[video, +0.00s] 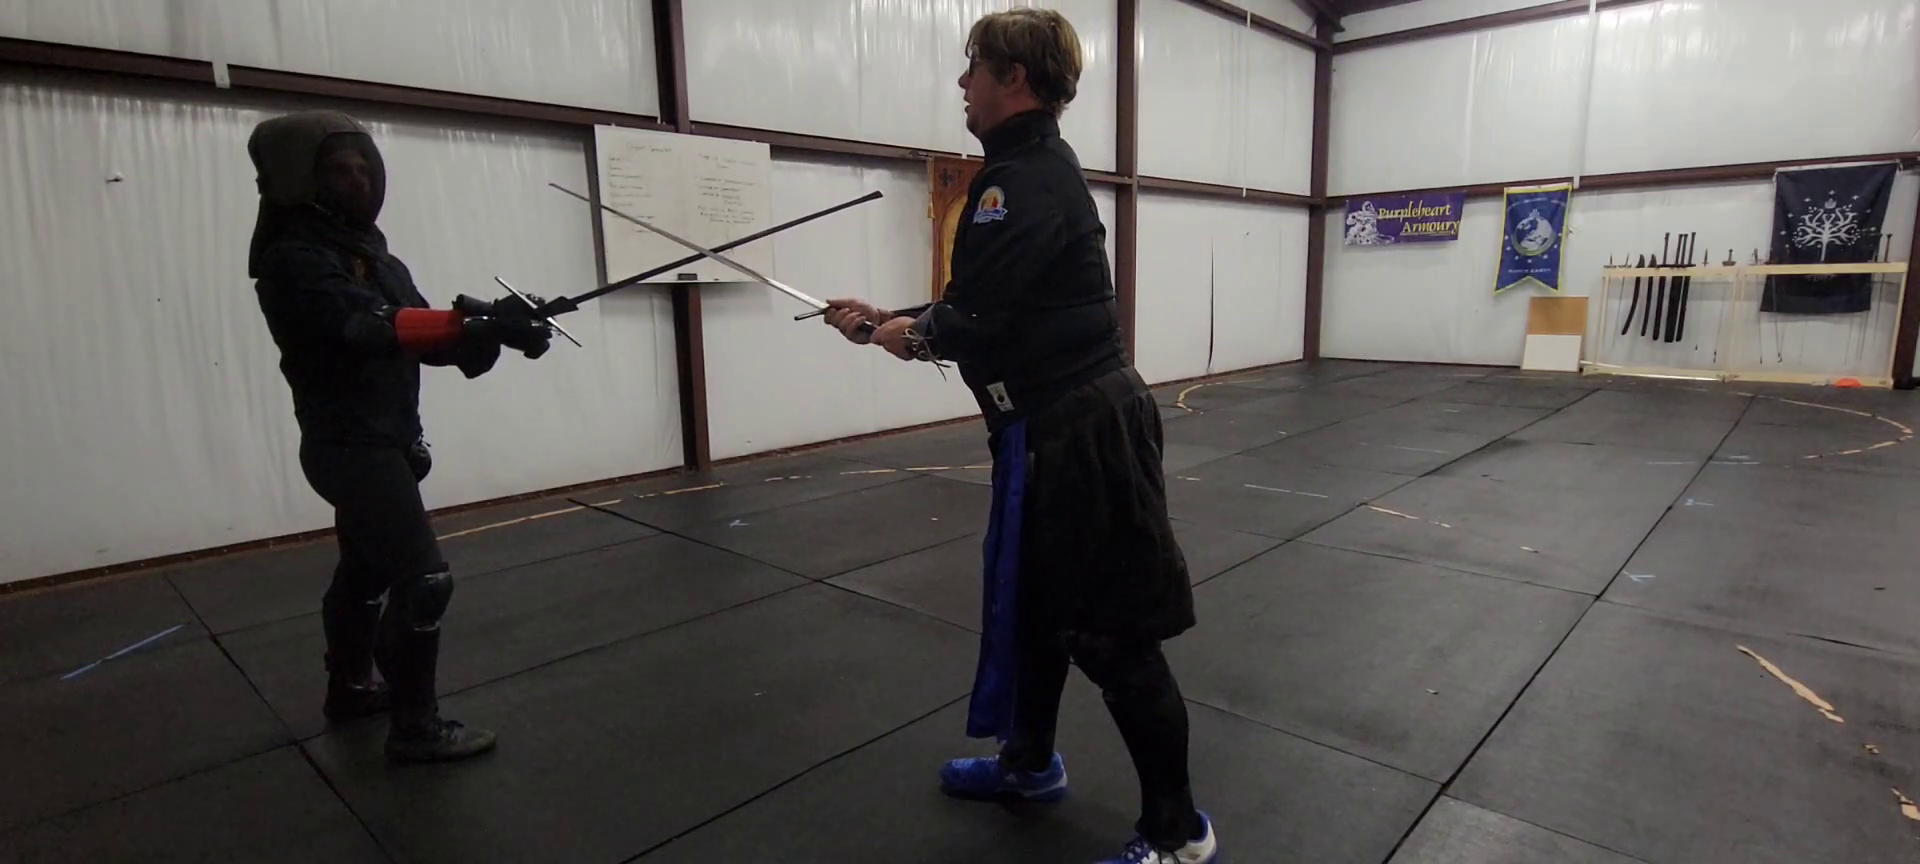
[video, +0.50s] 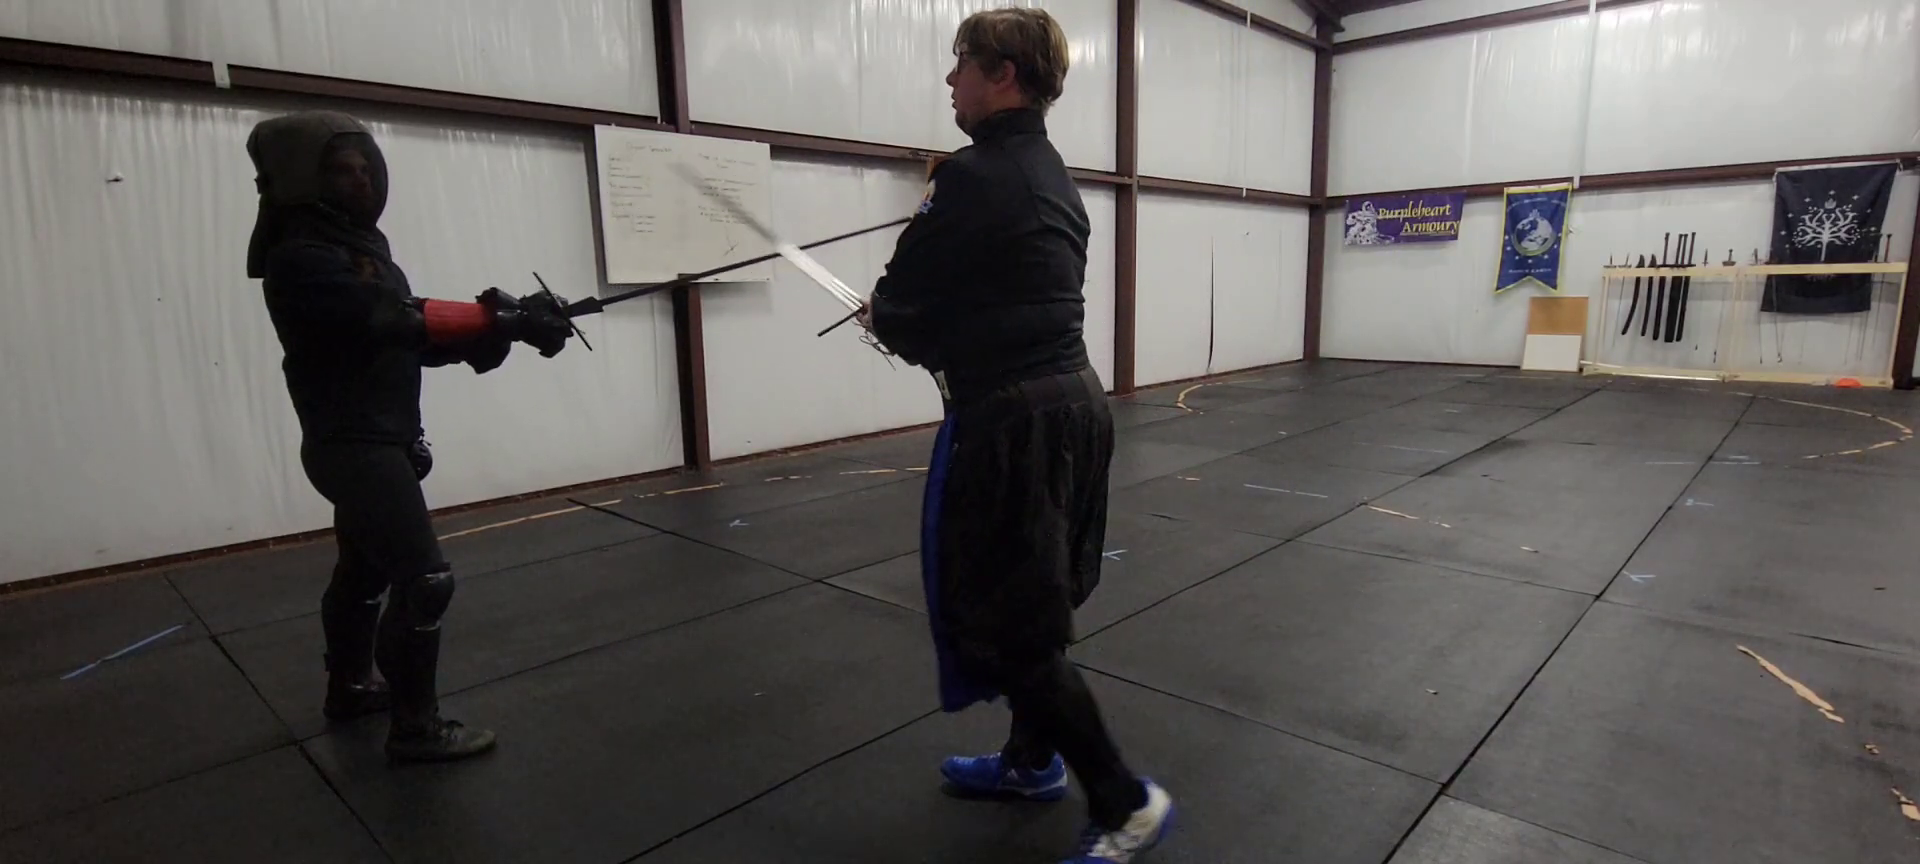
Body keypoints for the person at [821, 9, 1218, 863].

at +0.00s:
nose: (963, 84)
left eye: (976, 70)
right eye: (968, 69)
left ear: (1017, 82)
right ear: (1025, 83)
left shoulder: (1023, 181)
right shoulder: (1030, 167)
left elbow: (981, 322)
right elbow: (975, 300)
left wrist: (903, 334)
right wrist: (891, 319)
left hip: (1082, 423)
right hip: (1052, 420)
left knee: (1111, 629)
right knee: (1034, 599)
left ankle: (1176, 829)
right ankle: (1028, 760)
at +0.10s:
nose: (965, 85)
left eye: (978, 70)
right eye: (970, 69)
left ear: (1018, 84)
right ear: (1026, 86)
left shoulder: (1019, 181)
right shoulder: (1034, 169)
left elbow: (980, 324)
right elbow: (978, 308)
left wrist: (908, 334)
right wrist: (889, 319)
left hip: (1078, 427)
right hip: (1054, 422)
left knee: (1110, 630)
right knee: (1034, 600)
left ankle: (1177, 830)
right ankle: (1029, 760)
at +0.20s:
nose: (965, 88)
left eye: (977, 73)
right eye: (970, 73)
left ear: (1017, 86)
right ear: (1028, 88)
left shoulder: (1013, 182)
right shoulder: (1038, 171)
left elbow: (963, 320)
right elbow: (985, 302)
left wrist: (901, 331)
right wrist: (905, 323)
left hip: (1066, 428)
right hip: (1059, 419)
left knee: (1099, 628)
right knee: (1032, 599)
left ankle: (1176, 829)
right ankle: (1030, 759)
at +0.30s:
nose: (962, 87)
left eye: (976, 73)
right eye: (968, 72)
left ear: (1018, 85)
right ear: (1029, 88)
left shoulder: (1002, 179)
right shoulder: (1049, 172)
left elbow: (937, 313)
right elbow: (995, 314)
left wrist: (900, 325)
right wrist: (895, 324)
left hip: (1043, 425)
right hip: (1071, 406)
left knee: (1074, 623)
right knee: (1020, 596)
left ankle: (1170, 822)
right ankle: (1030, 760)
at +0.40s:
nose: (958, 82)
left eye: (971, 69)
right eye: (963, 68)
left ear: (1014, 82)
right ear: (1030, 85)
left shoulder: (983, 179)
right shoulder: (1058, 172)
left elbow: (914, 309)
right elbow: (1009, 299)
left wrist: (885, 317)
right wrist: (894, 319)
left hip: (1022, 420)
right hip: (1079, 402)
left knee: (1040, 620)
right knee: (1021, 589)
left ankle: (1157, 811)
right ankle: (1030, 758)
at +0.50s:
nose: (949, 79)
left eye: (963, 66)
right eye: (955, 65)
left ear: (1007, 79)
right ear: (1024, 83)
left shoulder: (972, 177)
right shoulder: (1054, 174)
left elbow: (899, 307)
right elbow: (1017, 292)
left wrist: (886, 314)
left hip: (1008, 420)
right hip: (1074, 402)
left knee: (1017, 620)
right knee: (1032, 591)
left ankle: (1126, 802)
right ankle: (1030, 761)